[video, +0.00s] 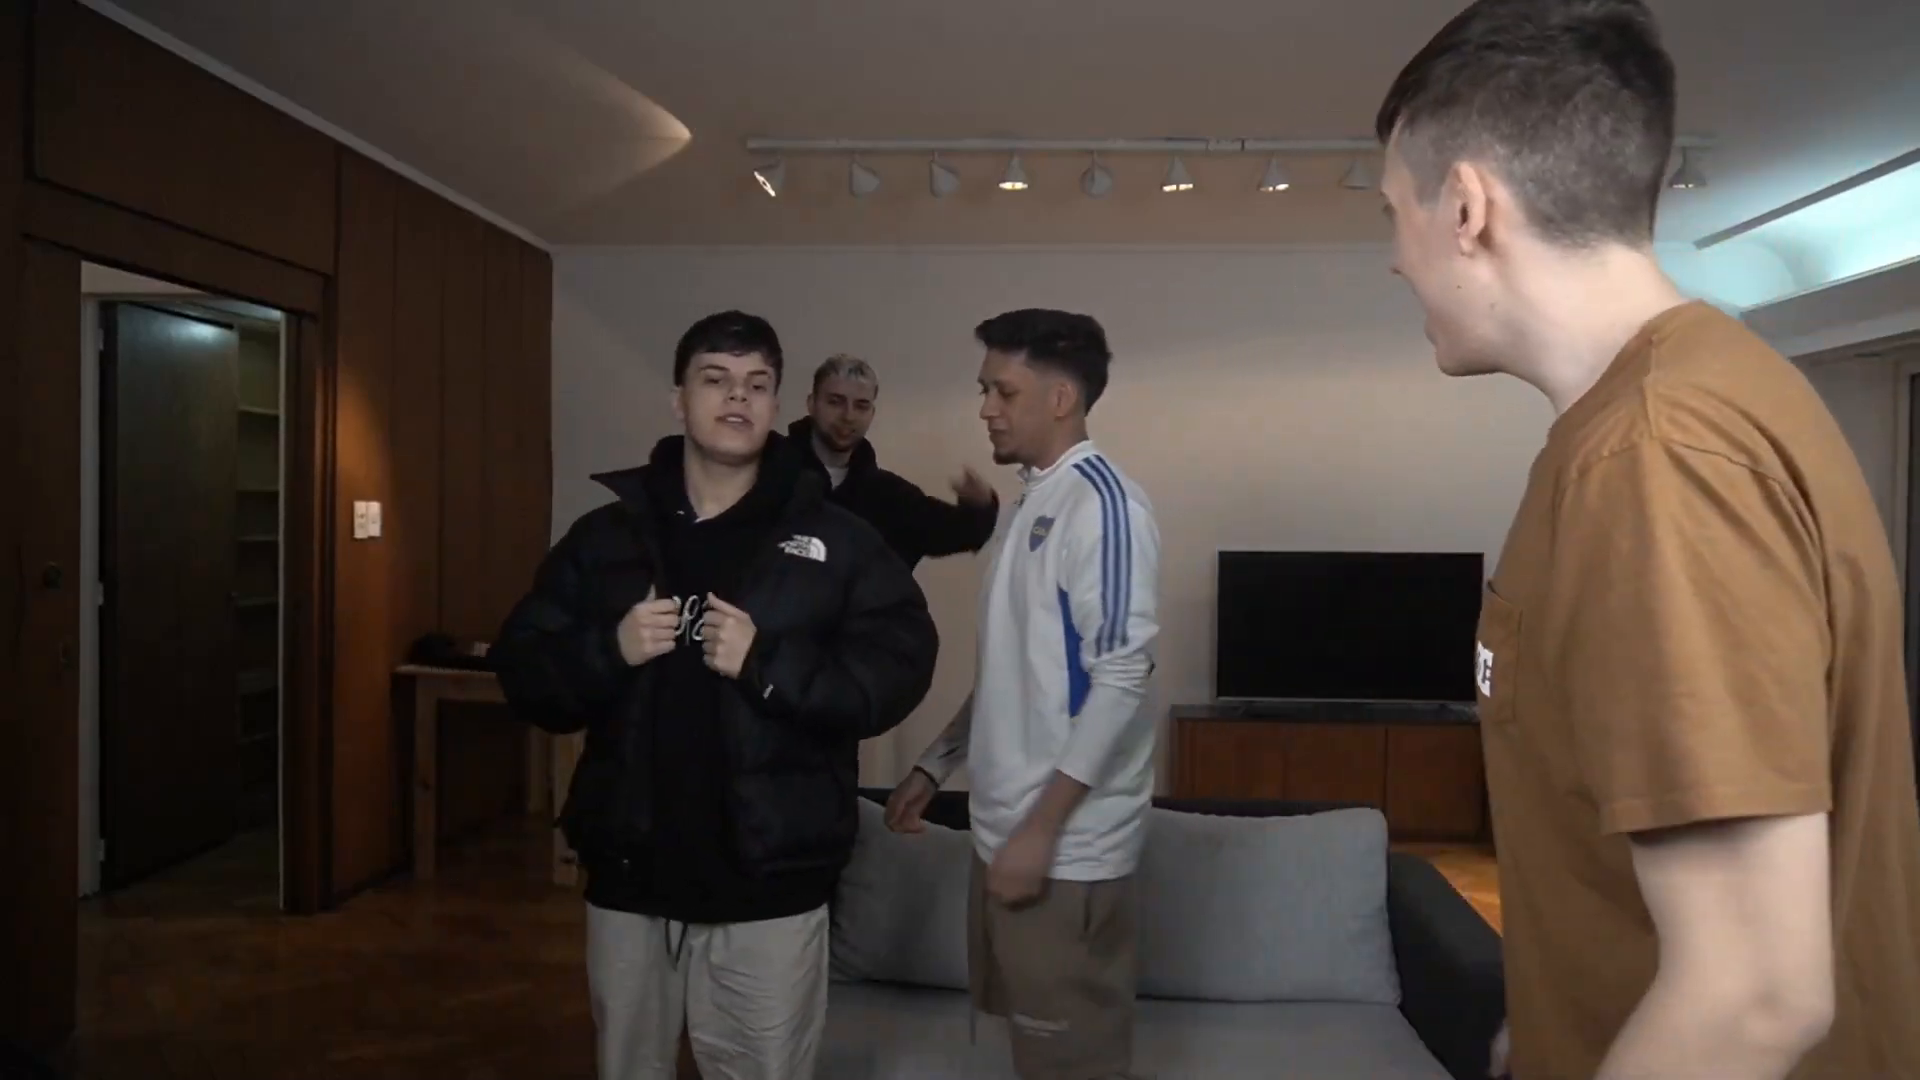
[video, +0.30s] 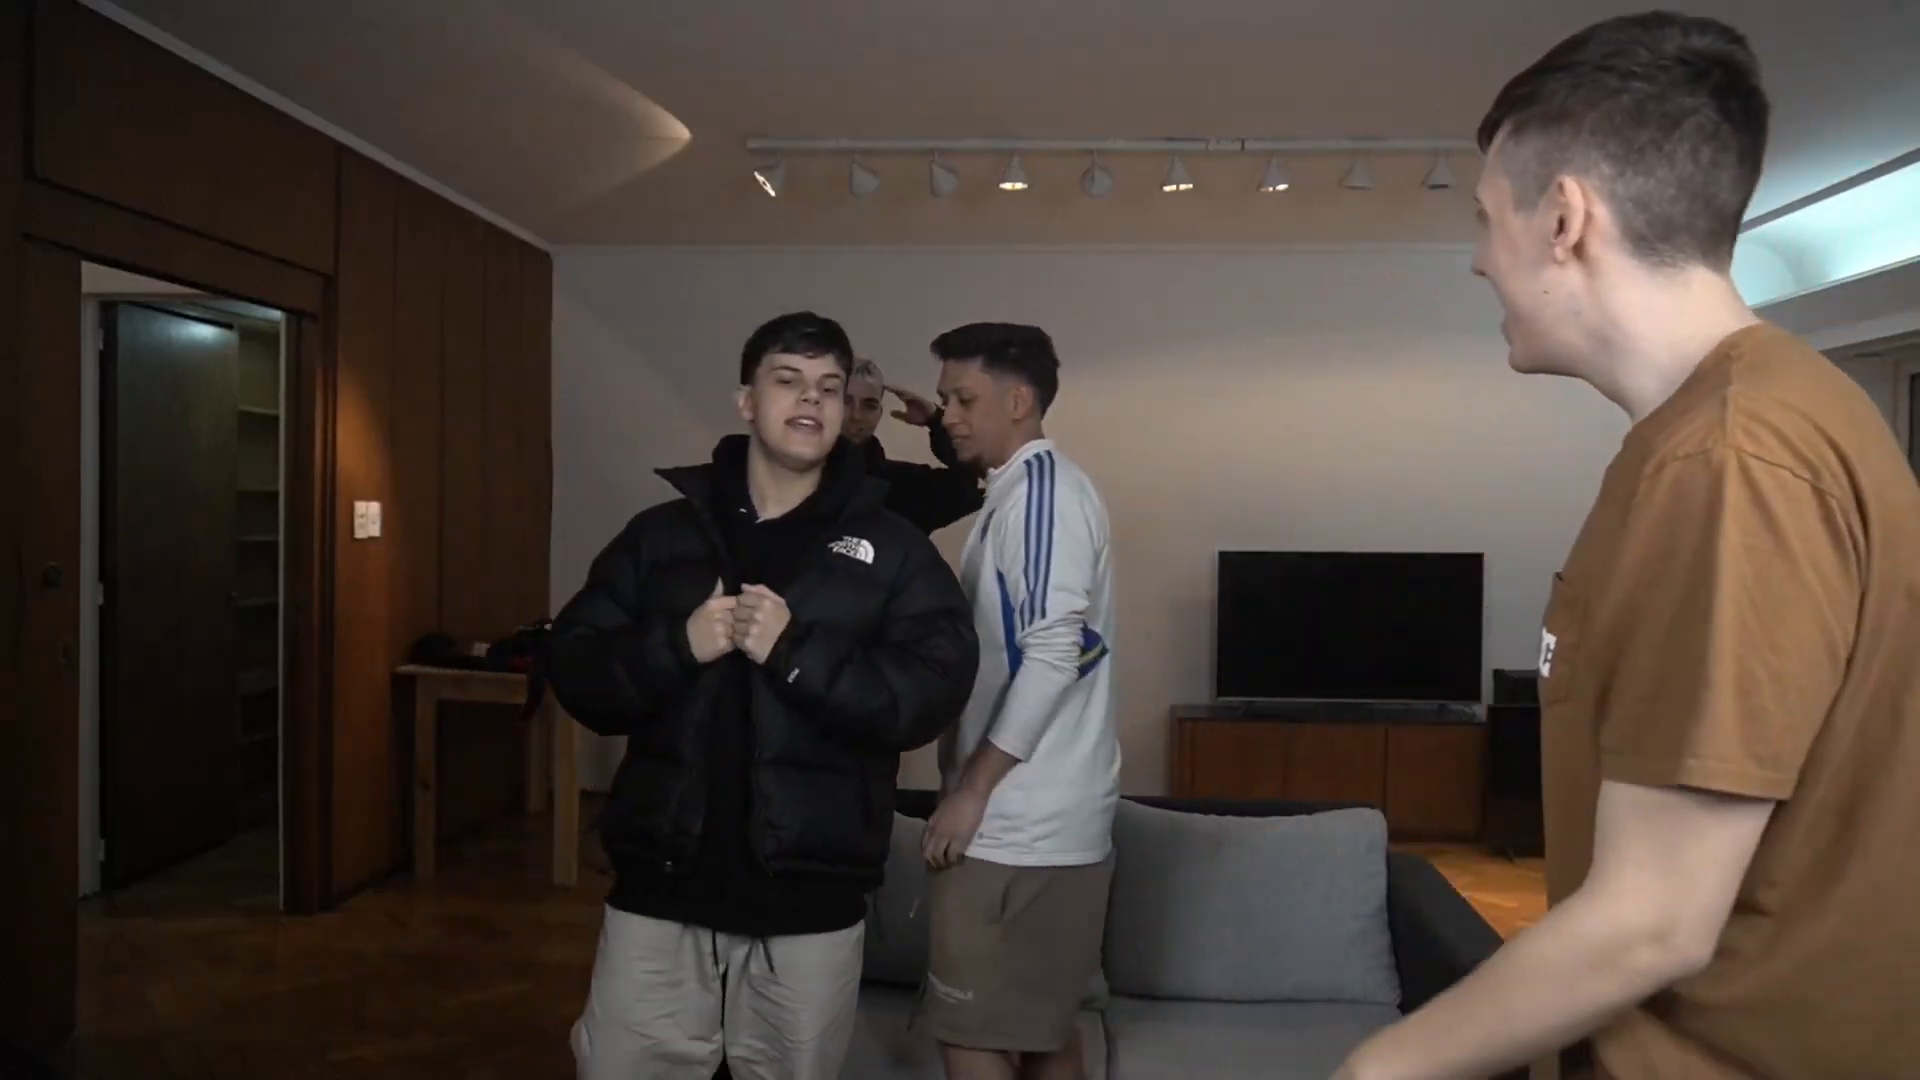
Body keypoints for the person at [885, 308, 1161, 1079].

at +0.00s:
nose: (986, 409)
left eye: (1003, 391)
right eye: (985, 390)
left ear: (1064, 399)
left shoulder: (1102, 502)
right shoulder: (1031, 500)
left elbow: (1124, 679)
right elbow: (1010, 672)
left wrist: (1041, 827)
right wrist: (934, 767)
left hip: (1069, 847)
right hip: (1012, 833)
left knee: (1073, 1057)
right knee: (1035, 1047)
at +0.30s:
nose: (945, 415)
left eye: (961, 398)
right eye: (943, 399)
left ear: (1021, 401)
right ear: (1016, 404)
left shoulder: (1042, 488)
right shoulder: (1024, 488)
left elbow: (1055, 648)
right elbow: (1014, 646)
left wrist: (974, 786)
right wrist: (966, 771)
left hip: (1019, 822)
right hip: (1041, 818)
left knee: (972, 1038)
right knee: (1051, 1033)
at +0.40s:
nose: (926, 419)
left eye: (942, 402)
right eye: (926, 403)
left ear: (1002, 404)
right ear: (992, 407)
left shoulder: (1023, 491)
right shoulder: (1012, 488)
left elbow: (1047, 645)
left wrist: (971, 792)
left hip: (1009, 824)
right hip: (1037, 819)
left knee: (941, 1034)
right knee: (1048, 1027)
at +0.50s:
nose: (907, 422)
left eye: (920, 407)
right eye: (905, 408)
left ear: (981, 405)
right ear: (971, 409)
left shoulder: (1005, 489)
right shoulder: (999, 485)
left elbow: (1041, 637)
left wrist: (984, 794)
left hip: (980, 813)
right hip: (1031, 811)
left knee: (916, 1016)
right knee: (1043, 1007)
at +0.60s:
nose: (882, 433)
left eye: (894, 414)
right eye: (878, 417)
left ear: (952, 407)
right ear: (948, 413)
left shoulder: (983, 491)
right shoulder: (964, 487)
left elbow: (1034, 640)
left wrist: (998, 800)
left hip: (954, 821)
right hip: (1015, 817)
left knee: (890, 1019)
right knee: (1030, 1006)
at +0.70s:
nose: (861, 437)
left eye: (871, 420)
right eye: (860, 421)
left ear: (921, 413)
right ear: (925, 416)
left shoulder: (959, 489)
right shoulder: (939, 489)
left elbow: (1017, 643)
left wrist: (1001, 801)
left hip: (951, 816)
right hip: (981, 809)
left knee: (880, 1029)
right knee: (1016, 1007)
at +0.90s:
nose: (808, 411)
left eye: (821, 393)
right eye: (809, 392)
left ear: (864, 398)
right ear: (868, 401)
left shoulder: (905, 477)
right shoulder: (868, 479)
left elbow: (954, 640)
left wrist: (948, 796)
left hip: (910, 807)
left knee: (865, 1033)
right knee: (943, 1008)